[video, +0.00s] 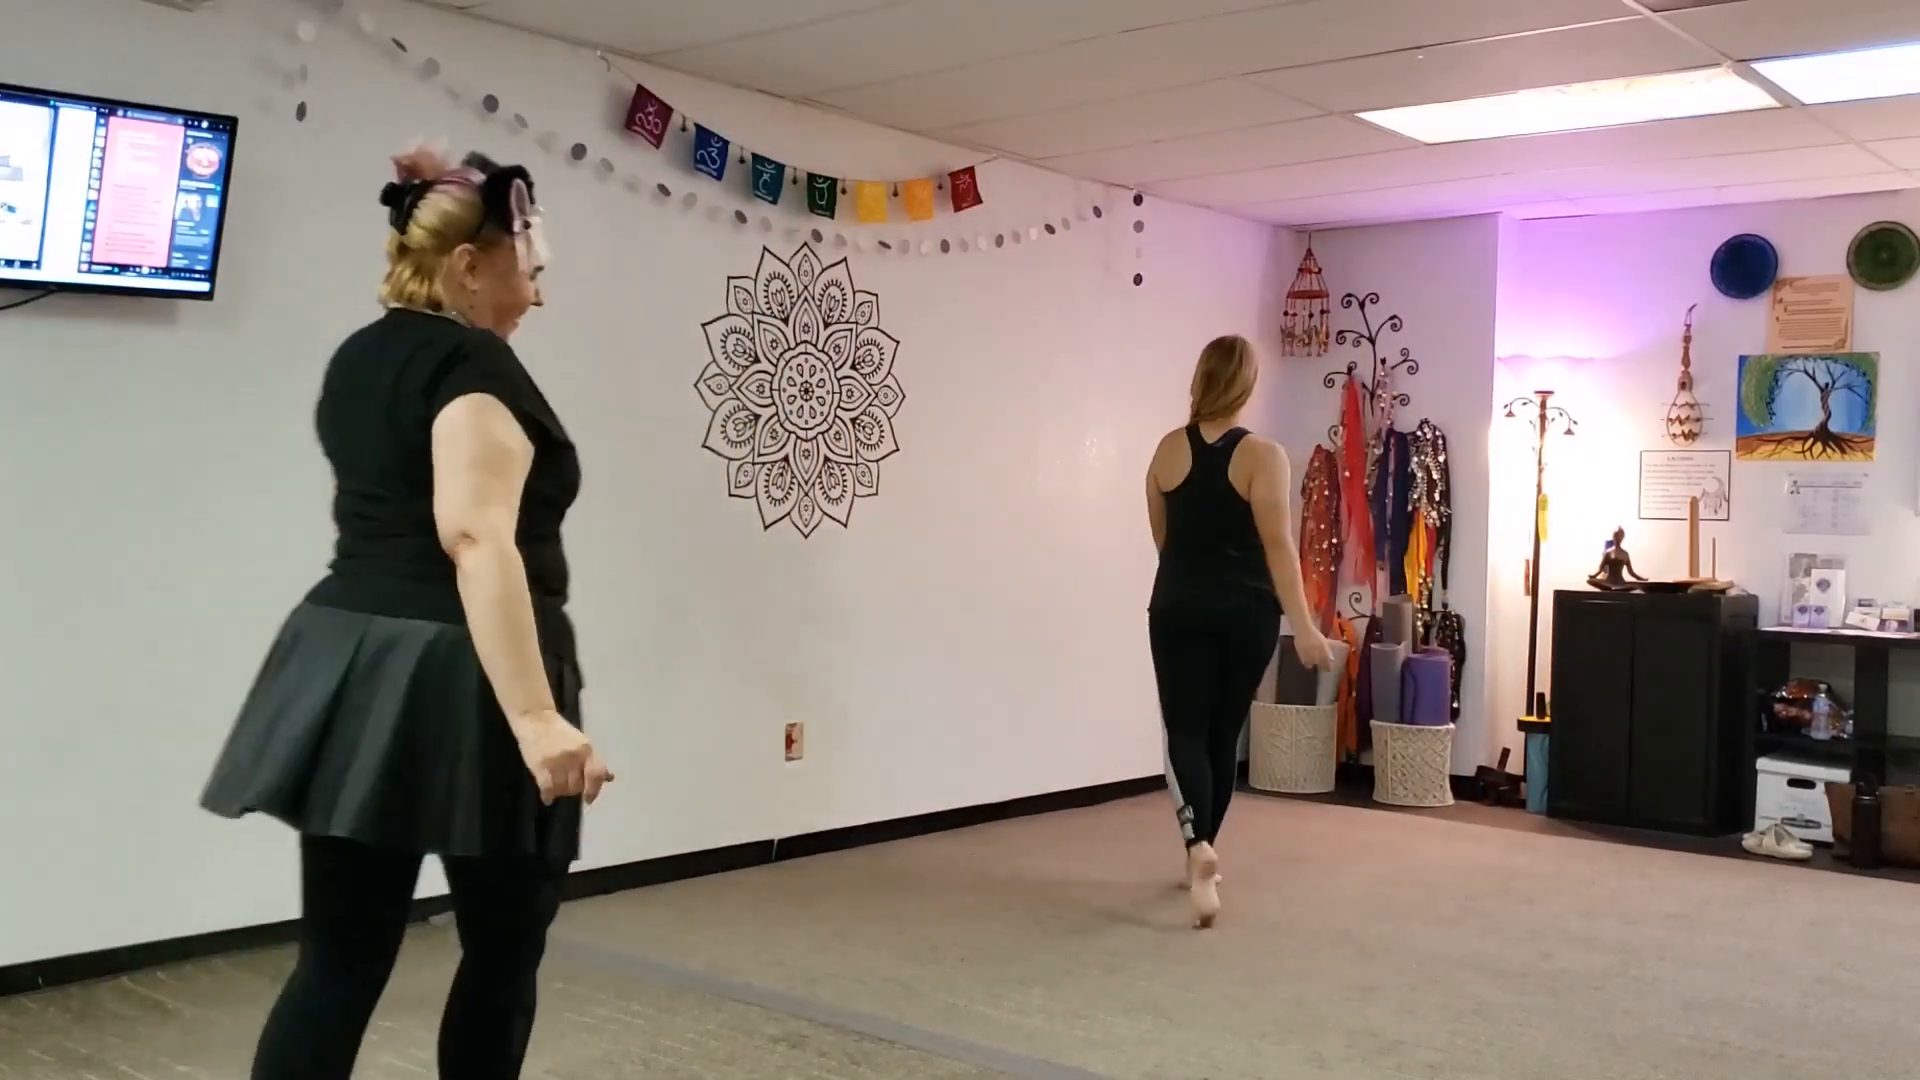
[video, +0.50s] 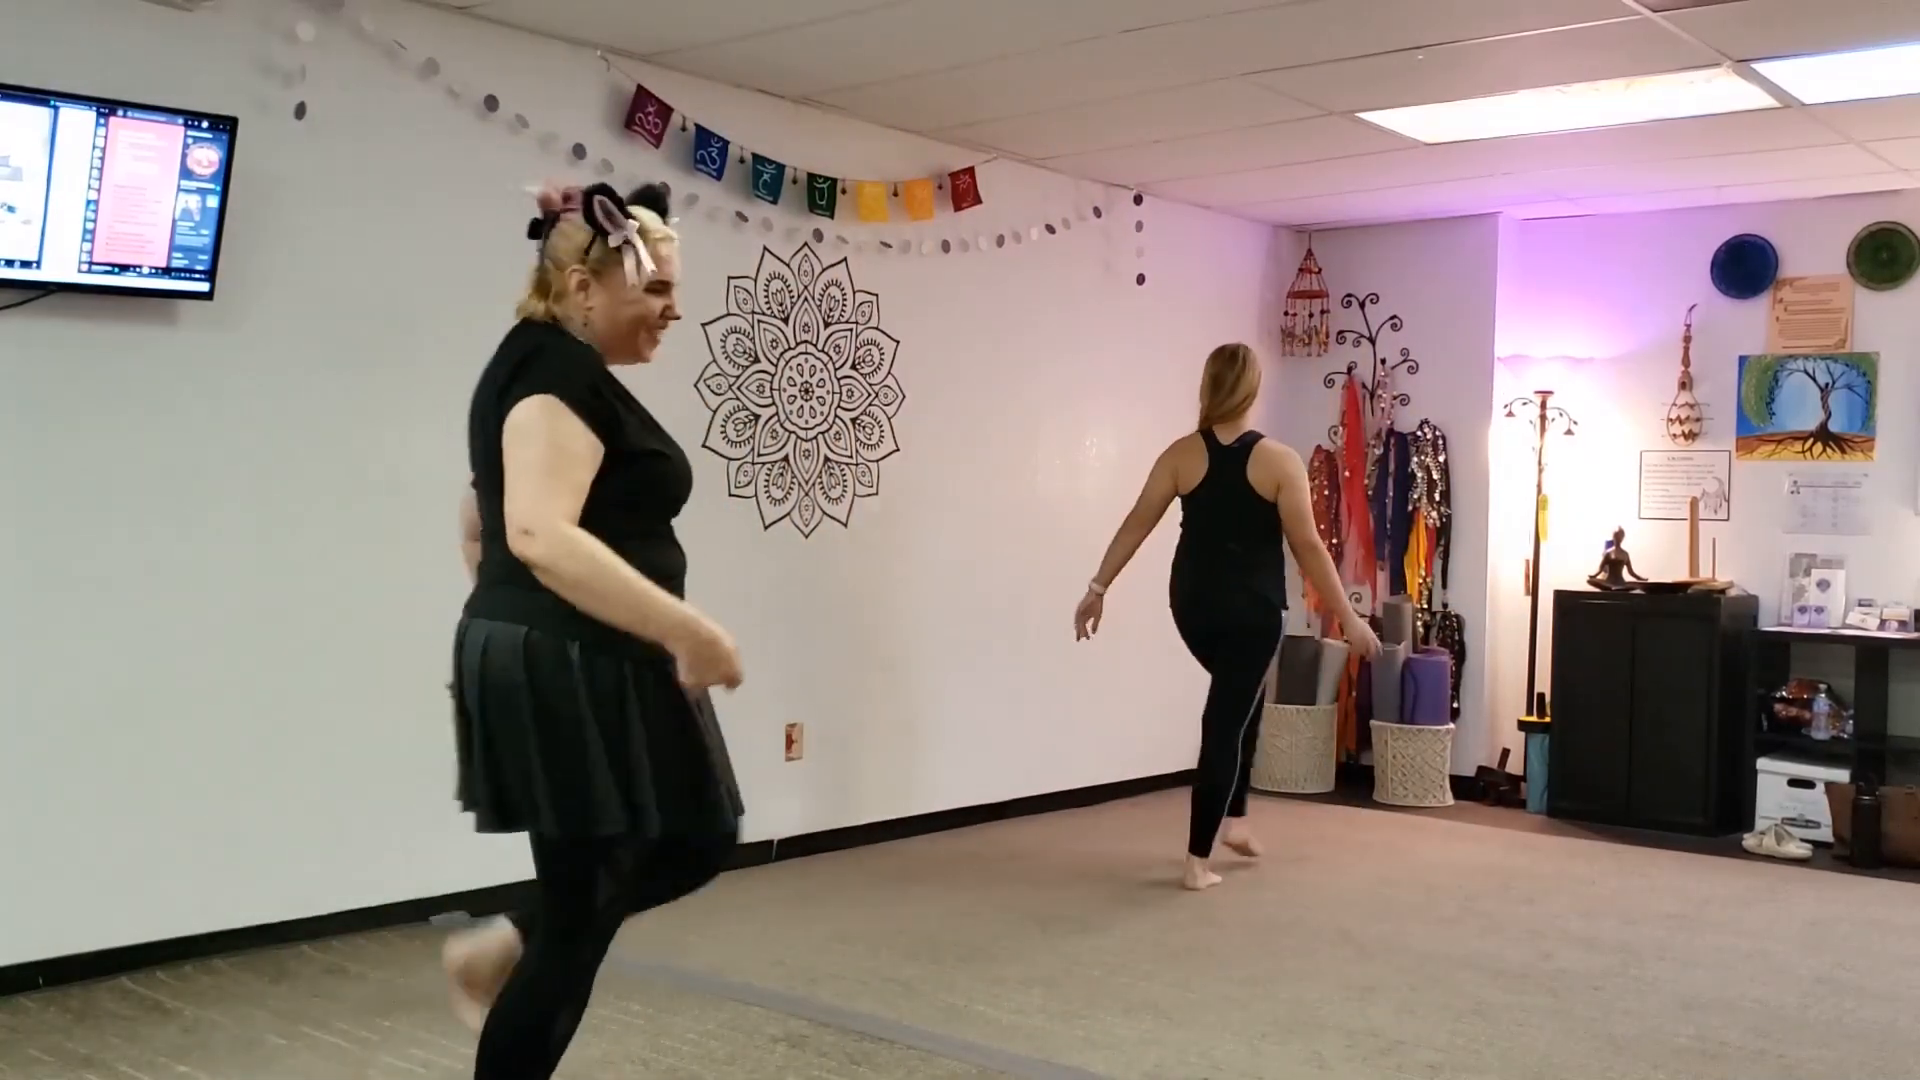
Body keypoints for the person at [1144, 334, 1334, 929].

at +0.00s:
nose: (1253, 387)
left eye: (1241, 375)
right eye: (1254, 379)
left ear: (1199, 379)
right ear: (1249, 385)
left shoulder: (1168, 450)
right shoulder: (1264, 455)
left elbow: (1161, 537)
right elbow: (1277, 546)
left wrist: (1190, 582)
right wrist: (1305, 628)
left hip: (1177, 606)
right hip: (1248, 611)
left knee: (1184, 729)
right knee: (1223, 732)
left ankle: (1200, 844)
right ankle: (1203, 860)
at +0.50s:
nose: (1256, 391)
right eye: (1257, 384)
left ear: (1206, 389)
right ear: (1255, 392)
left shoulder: (1180, 455)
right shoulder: (1281, 462)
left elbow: (1138, 524)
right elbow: (1309, 549)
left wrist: (1098, 586)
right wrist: (1348, 617)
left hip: (1190, 606)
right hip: (1252, 611)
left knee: (1244, 696)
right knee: (1222, 726)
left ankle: (1234, 820)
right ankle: (1197, 860)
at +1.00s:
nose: (1307, 402)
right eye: (1304, 395)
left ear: (1255, 401)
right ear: (1300, 401)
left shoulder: (1237, 468)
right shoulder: (1334, 455)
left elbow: (1207, 545)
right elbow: (1354, 540)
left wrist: (1167, 600)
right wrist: (1363, 608)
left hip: (1249, 601)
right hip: (1307, 603)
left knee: (1277, 713)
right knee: (1272, 716)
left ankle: (1291, 834)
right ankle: (1217, 824)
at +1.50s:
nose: (1373, 399)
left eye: (1372, 391)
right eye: (1366, 391)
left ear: (1335, 397)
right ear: (1339, 396)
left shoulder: (1332, 446)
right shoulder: (1325, 445)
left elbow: (1336, 526)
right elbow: (1325, 523)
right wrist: (1375, 584)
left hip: (1312, 593)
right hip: (1329, 594)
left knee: (1315, 710)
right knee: (1409, 688)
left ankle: (1296, 834)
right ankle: (1362, 802)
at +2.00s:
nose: (1444, 399)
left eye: (1444, 392)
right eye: (1433, 393)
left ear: (1436, 402)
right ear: (1404, 403)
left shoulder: (1445, 463)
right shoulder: (1392, 462)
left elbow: (1458, 550)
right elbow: (1356, 537)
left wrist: (1486, 608)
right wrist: (1335, 608)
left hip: (1422, 602)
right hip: (1405, 604)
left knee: (1370, 713)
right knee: (1435, 717)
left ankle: (1305, 817)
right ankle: (1451, 838)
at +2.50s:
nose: (1514, 400)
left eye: (1516, 394)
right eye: (1504, 393)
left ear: (1512, 403)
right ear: (1475, 398)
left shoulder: (1504, 455)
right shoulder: (1460, 461)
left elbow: (1517, 538)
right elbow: (1456, 552)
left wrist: (1532, 597)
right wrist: (1480, 630)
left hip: (1515, 598)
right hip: (1468, 602)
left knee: (1561, 700)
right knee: (1470, 722)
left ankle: (1503, 796)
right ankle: (1454, 838)